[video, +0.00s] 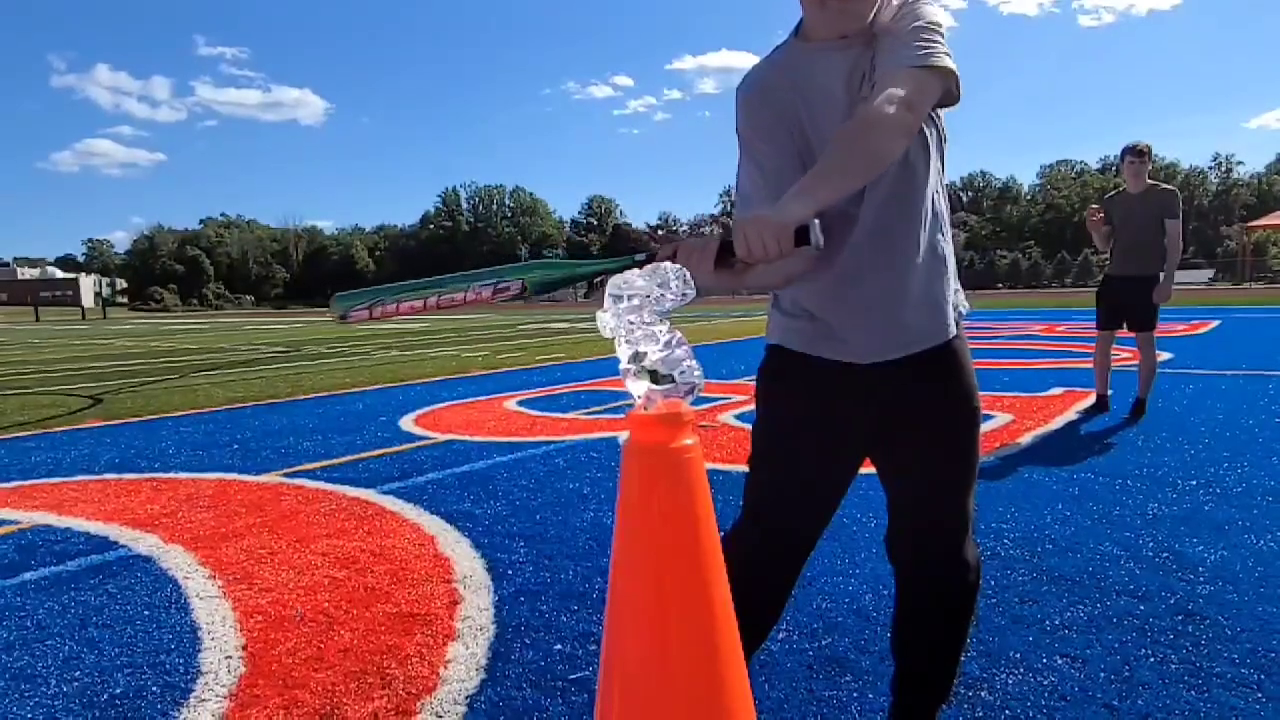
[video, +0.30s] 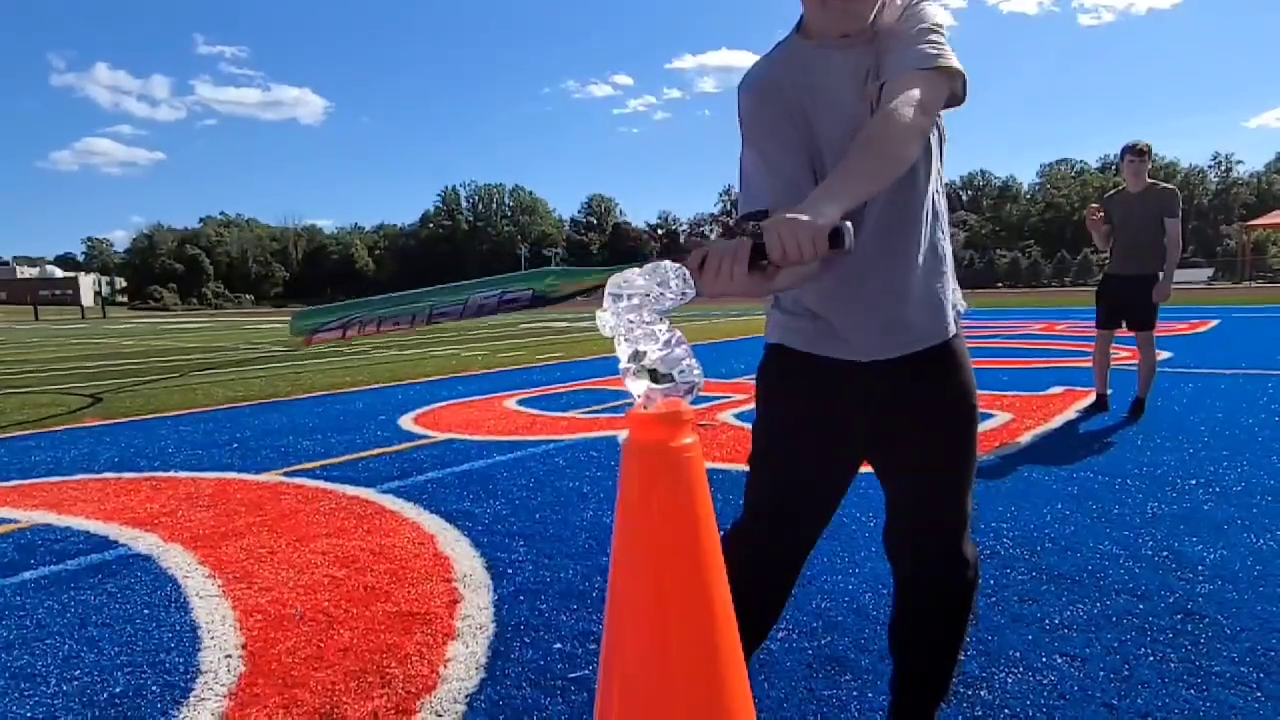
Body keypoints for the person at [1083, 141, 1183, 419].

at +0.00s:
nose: (1136, 165)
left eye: (1141, 161)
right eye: (1131, 161)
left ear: (1149, 165)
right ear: (1122, 166)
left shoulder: (1166, 196)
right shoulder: (1112, 201)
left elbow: (1174, 242)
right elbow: (1103, 245)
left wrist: (1167, 280)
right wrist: (1095, 227)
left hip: (1146, 279)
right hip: (1114, 279)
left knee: (1145, 343)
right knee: (1104, 341)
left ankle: (1141, 400)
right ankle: (1101, 398)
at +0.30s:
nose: (1136, 165)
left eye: (1141, 160)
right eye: (1131, 160)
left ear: (1149, 164)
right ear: (1122, 165)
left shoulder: (1167, 195)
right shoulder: (1112, 200)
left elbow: (1174, 242)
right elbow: (1103, 244)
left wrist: (1166, 280)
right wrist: (1095, 227)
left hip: (1145, 278)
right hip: (1113, 278)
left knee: (1145, 342)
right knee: (1103, 340)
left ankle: (1140, 399)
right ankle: (1101, 396)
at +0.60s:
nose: (1136, 165)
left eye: (1141, 159)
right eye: (1131, 160)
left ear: (1149, 163)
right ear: (1122, 165)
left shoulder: (1166, 194)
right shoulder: (1112, 199)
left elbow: (1173, 240)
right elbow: (1102, 244)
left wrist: (1166, 279)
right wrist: (1095, 227)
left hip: (1145, 278)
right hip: (1113, 277)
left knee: (1144, 342)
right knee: (1102, 338)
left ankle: (1139, 399)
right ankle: (1100, 395)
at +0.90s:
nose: (1136, 164)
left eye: (1141, 159)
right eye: (1130, 160)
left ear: (1149, 163)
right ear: (1121, 164)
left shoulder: (1166, 194)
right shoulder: (1112, 199)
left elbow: (1173, 240)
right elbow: (1102, 243)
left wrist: (1165, 278)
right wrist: (1094, 225)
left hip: (1144, 277)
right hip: (1112, 276)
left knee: (1144, 341)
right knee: (1101, 338)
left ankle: (1139, 399)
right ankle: (1099, 395)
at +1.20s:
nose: (1136, 164)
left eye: (1141, 159)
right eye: (1130, 159)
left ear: (1148, 162)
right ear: (1121, 164)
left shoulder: (1165, 194)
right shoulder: (1111, 198)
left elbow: (1172, 239)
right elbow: (1102, 243)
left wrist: (1164, 278)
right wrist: (1094, 225)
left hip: (1144, 276)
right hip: (1112, 276)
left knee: (1143, 341)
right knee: (1100, 337)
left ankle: (1138, 399)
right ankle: (1099, 395)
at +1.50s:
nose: (1134, 164)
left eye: (1139, 159)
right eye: (1129, 159)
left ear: (1148, 163)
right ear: (1120, 164)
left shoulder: (1165, 193)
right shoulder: (1111, 198)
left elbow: (1172, 239)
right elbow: (1102, 243)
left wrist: (1163, 278)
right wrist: (1094, 226)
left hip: (1143, 277)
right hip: (1111, 277)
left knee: (1142, 341)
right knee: (1099, 339)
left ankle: (1138, 398)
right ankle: (1098, 395)